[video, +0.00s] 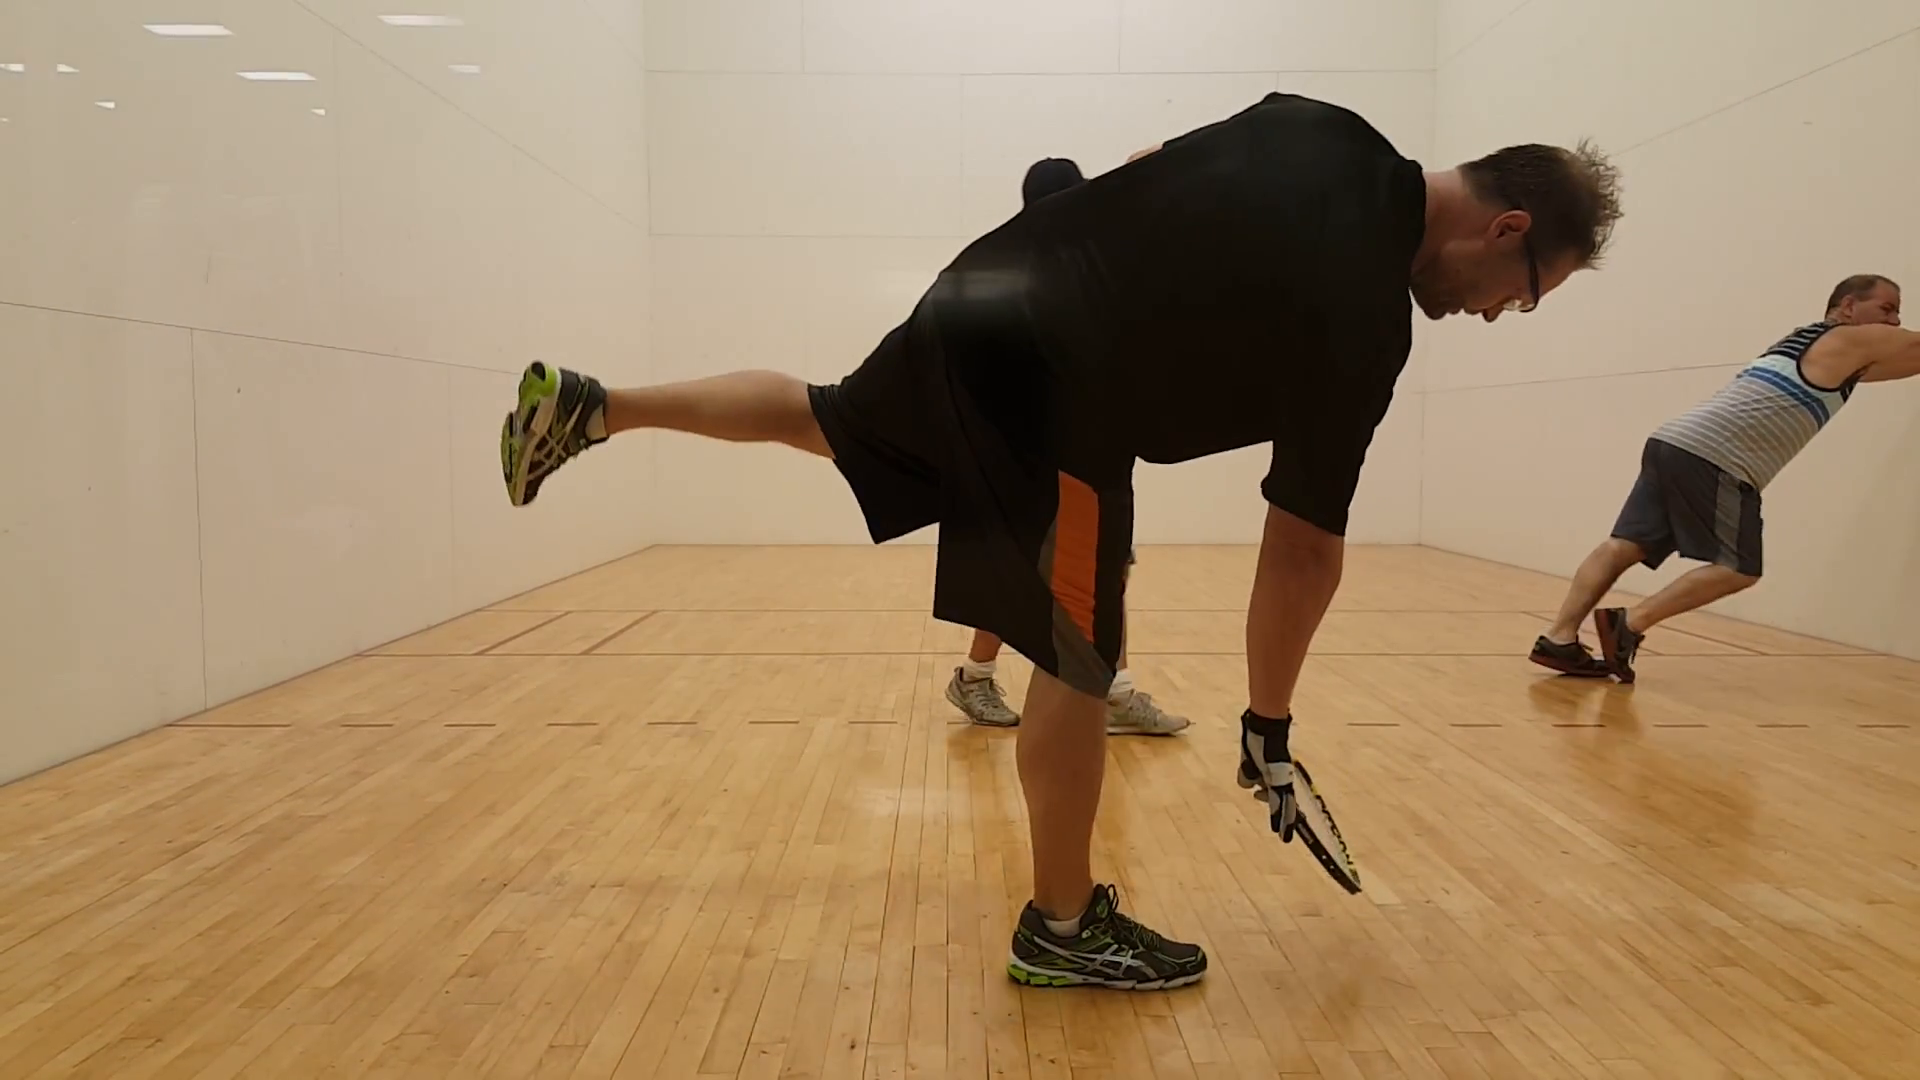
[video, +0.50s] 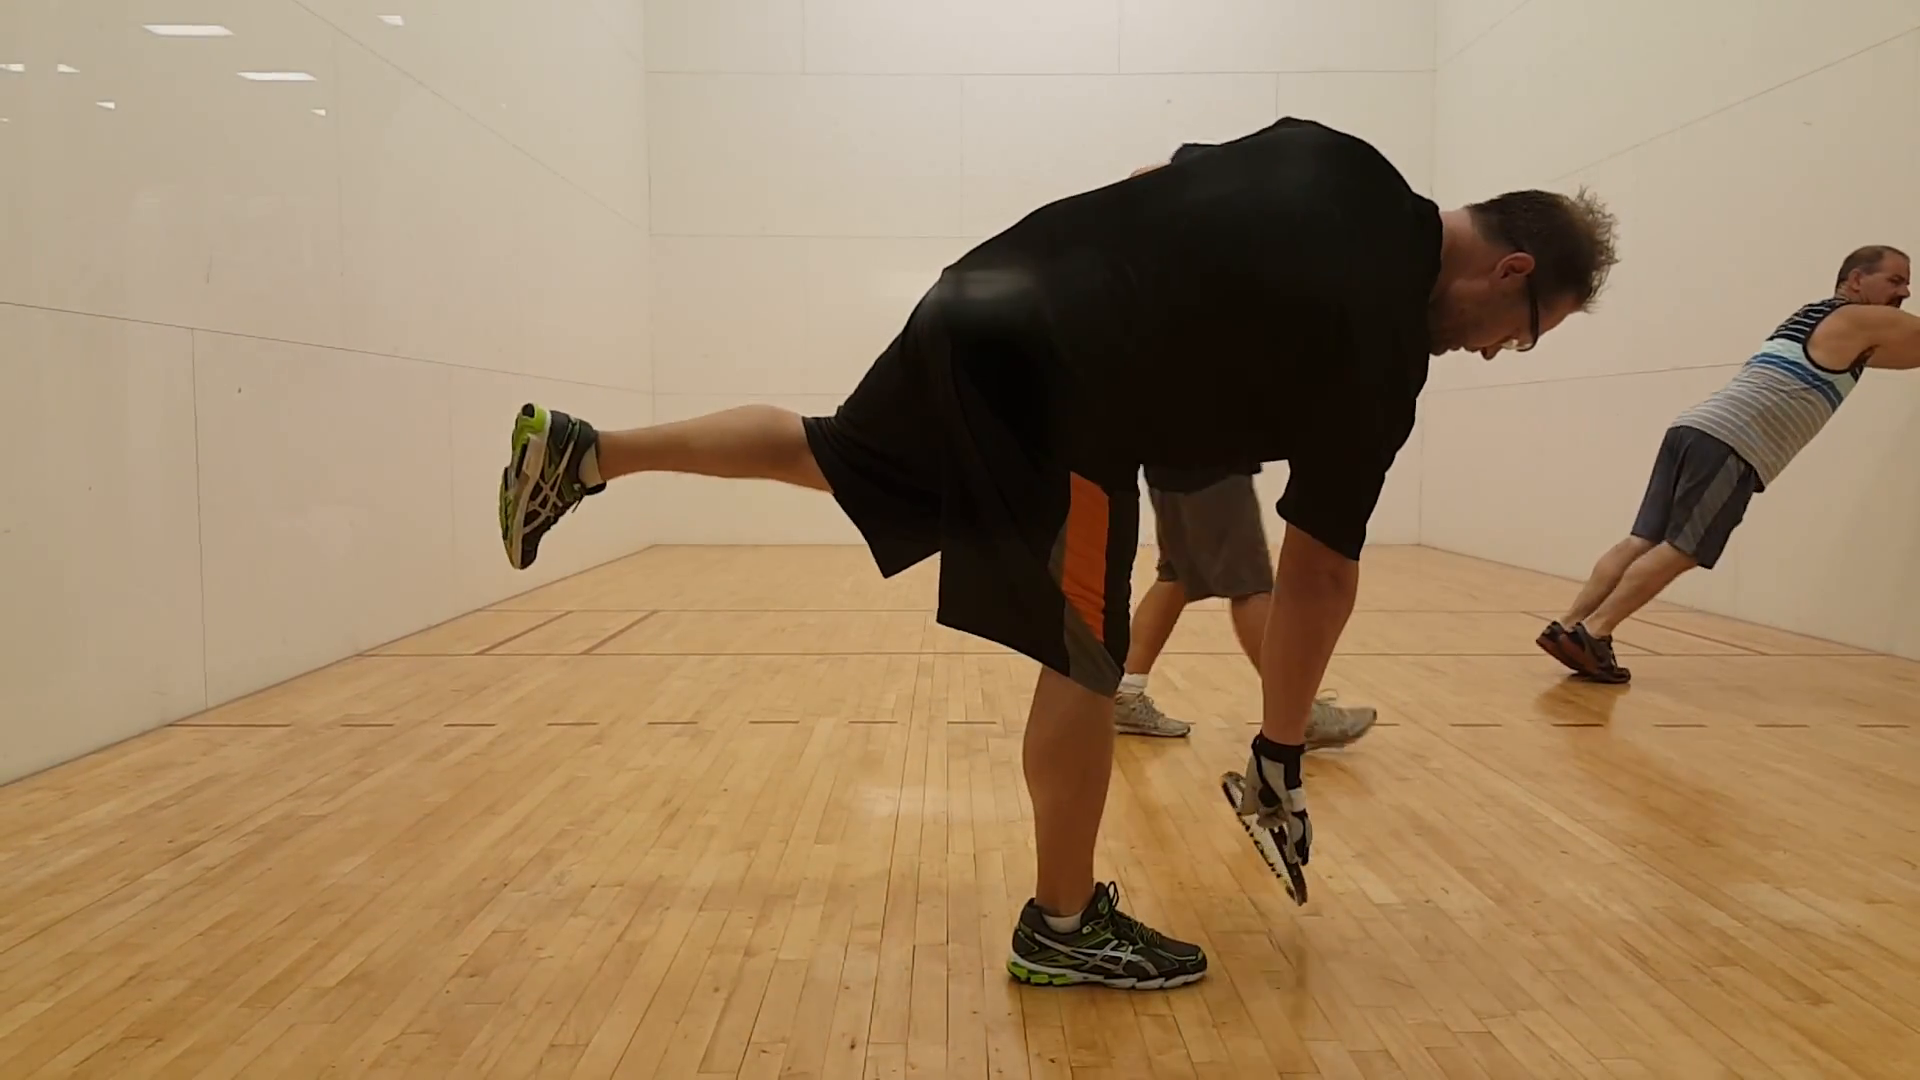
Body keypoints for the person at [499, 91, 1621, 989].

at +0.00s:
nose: (1507, 311)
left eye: (1527, 299)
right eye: (1528, 288)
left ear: (1479, 187)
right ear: (1505, 225)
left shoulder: (1316, 125)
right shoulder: (1366, 330)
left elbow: (1149, 178)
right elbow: (1301, 542)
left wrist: (1058, 240)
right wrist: (1267, 726)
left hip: (991, 291)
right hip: (1063, 393)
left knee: (836, 423)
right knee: (1079, 665)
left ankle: (594, 408)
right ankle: (1061, 921)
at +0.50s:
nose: (1496, 352)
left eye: (1518, 339)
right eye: (1520, 329)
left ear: (1479, 229)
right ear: (1506, 267)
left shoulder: (1329, 155)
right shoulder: (1382, 348)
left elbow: (1153, 183)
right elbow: (1314, 574)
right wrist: (1279, 753)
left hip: (982, 296)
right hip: (1067, 385)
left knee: (840, 455)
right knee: (1089, 646)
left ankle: (585, 451)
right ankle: (1063, 921)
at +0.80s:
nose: (1484, 390)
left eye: (1505, 379)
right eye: (1506, 368)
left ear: (1479, 270)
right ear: (1500, 302)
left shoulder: (1337, 193)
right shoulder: (1376, 377)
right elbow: (1319, 590)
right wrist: (1284, 773)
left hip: (976, 304)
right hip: (1065, 400)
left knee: (844, 479)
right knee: (1084, 665)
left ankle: (584, 530)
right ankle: (1062, 921)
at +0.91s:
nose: (1480, 398)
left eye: (1501, 387)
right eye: (1503, 379)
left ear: (1481, 276)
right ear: (1499, 315)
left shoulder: (1342, 197)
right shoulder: (1377, 383)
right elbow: (1318, 604)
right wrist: (1283, 778)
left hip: (977, 298)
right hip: (1064, 399)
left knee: (835, 474)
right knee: (1081, 662)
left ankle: (574, 527)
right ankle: (1062, 922)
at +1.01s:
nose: (1487, 407)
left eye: (1508, 394)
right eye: (1508, 387)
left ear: (1474, 285)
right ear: (1493, 334)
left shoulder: (1345, 205)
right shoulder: (1383, 392)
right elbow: (1319, 607)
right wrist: (1285, 786)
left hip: (979, 289)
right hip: (1065, 394)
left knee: (824, 463)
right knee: (1081, 661)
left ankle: (560, 504)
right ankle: (1063, 922)